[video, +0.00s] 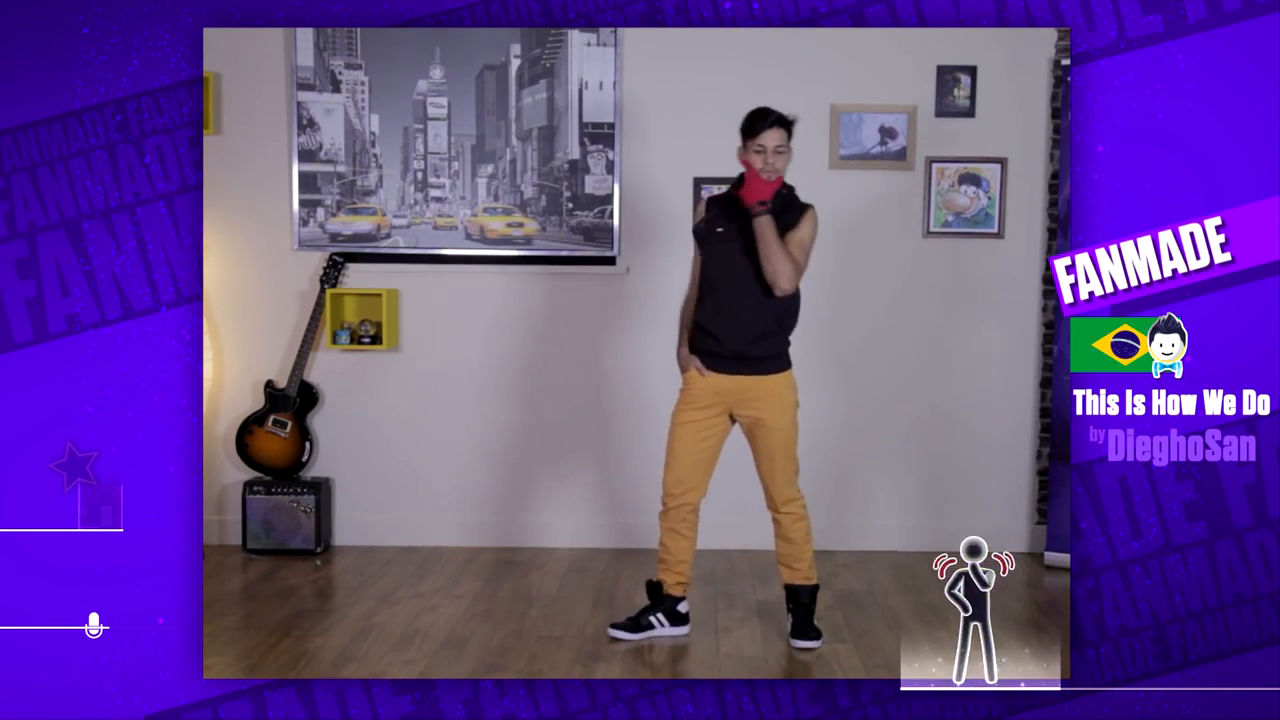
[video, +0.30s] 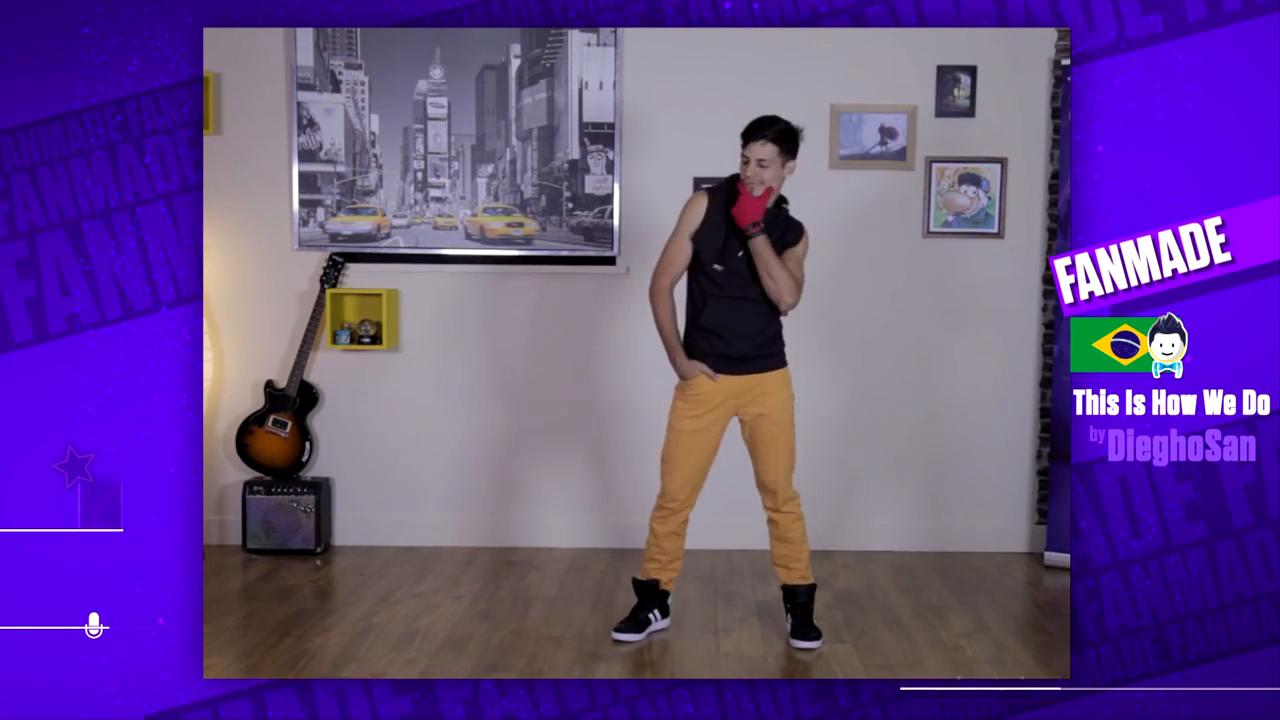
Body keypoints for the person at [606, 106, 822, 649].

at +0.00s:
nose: (769, 161)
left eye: (779, 152)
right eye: (760, 151)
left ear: (790, 157)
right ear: (741, 152)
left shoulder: (799, 215)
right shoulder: (712, 210)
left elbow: (784, 281)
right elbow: (696, 287)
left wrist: (760, 212)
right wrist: (684, 347)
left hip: (767, 384)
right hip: (704, 379)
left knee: (784, 498)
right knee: (678, 497)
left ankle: (801, 606)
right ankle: (670, 605)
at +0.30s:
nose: (754, 173)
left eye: (766, 164)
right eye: (748, 162)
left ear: (787, 169)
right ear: (739, 160)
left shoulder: (790, 232)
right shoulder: (705, 206)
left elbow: (786, 297)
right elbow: (660, 287)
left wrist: (754, 231)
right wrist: (679, 360)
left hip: (766, 382)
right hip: (703, 380)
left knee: (780, 492)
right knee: (673, 497)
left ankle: (800, 604)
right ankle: (652, 602)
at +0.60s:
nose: (703, 159)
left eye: (714, 151)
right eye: (697, 150)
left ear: (734, 158)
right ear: (688, 153)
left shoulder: (741, 221)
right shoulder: (661, 203)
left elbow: (750, 290)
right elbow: (620, 285)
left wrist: (714, 228)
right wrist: (651, 359)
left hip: (734, 378)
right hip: (673, 379)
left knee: (763, 493)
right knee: (659, 496)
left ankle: (776, 605)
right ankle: (645, 602)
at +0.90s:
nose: (666, 166)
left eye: (676, 155)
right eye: (657, 159)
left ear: (696, 155)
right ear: (648, 163)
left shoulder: (731, 214)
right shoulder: (641, 227)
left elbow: (723, 290)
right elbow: (613, 306)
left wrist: (681, 227)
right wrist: (627, 355)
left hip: (719, 377)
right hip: (656, 375)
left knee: (749, 494)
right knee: (651, 494)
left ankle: (772, 606)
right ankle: (645, 603)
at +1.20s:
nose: (683, 160)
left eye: (692, 149)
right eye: (674, 154)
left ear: (716, 147)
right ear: (668, 160)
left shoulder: (746, 199)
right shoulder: (683, 208)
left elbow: (727, 278)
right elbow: (676, 288)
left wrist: (687, 218)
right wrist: (654, 338)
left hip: (735, 377)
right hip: (676, 373)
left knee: (763, 496)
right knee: (657, 493)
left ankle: (792, 603)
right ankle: (649, 601)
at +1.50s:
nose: (720, 172)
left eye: (730, 161)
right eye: (714, 162)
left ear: (760, 158)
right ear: (710, 163)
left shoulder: (791, 216)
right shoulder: (701, 220)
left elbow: (774, 289)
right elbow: (684, 296)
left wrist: (731, 231)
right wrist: (676, 350)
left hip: (764, 381)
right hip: (701, 378)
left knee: (778, 498)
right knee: (676, 495)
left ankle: (794, 605)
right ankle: (654, 602)